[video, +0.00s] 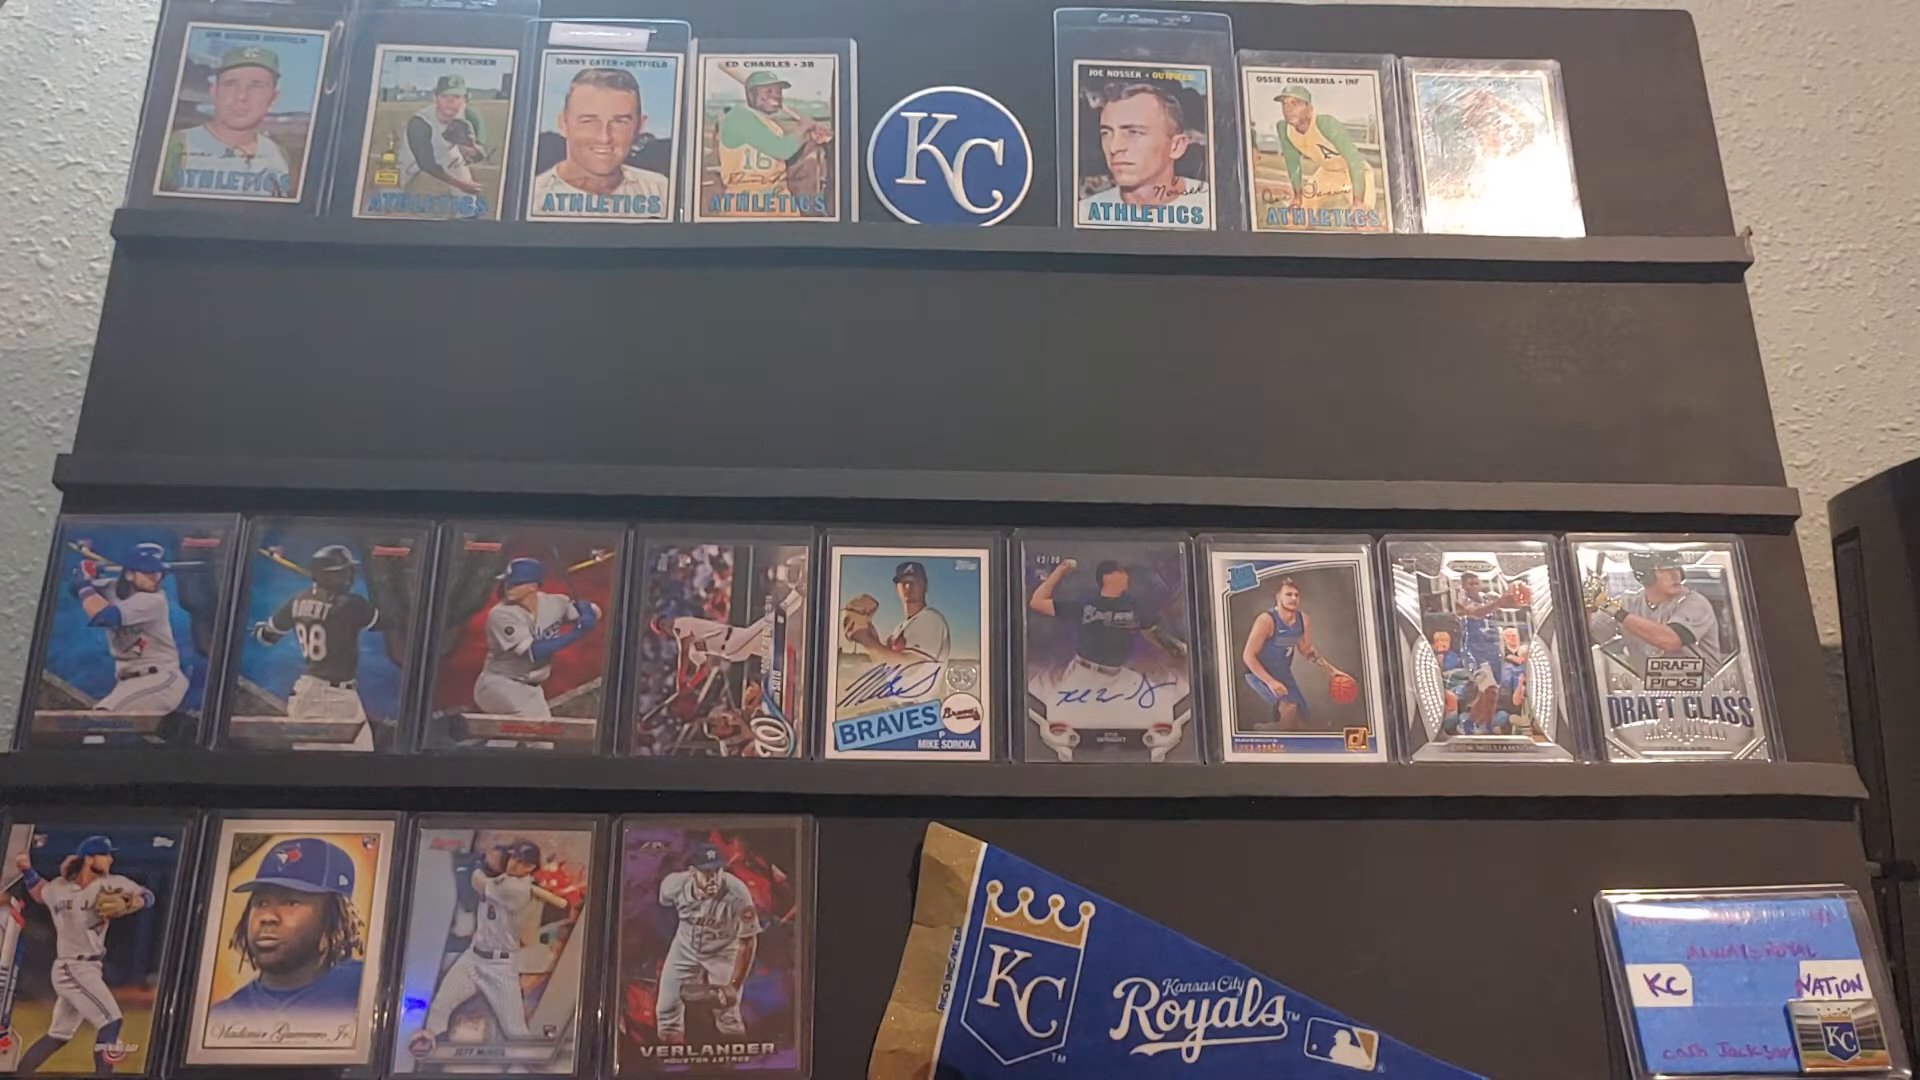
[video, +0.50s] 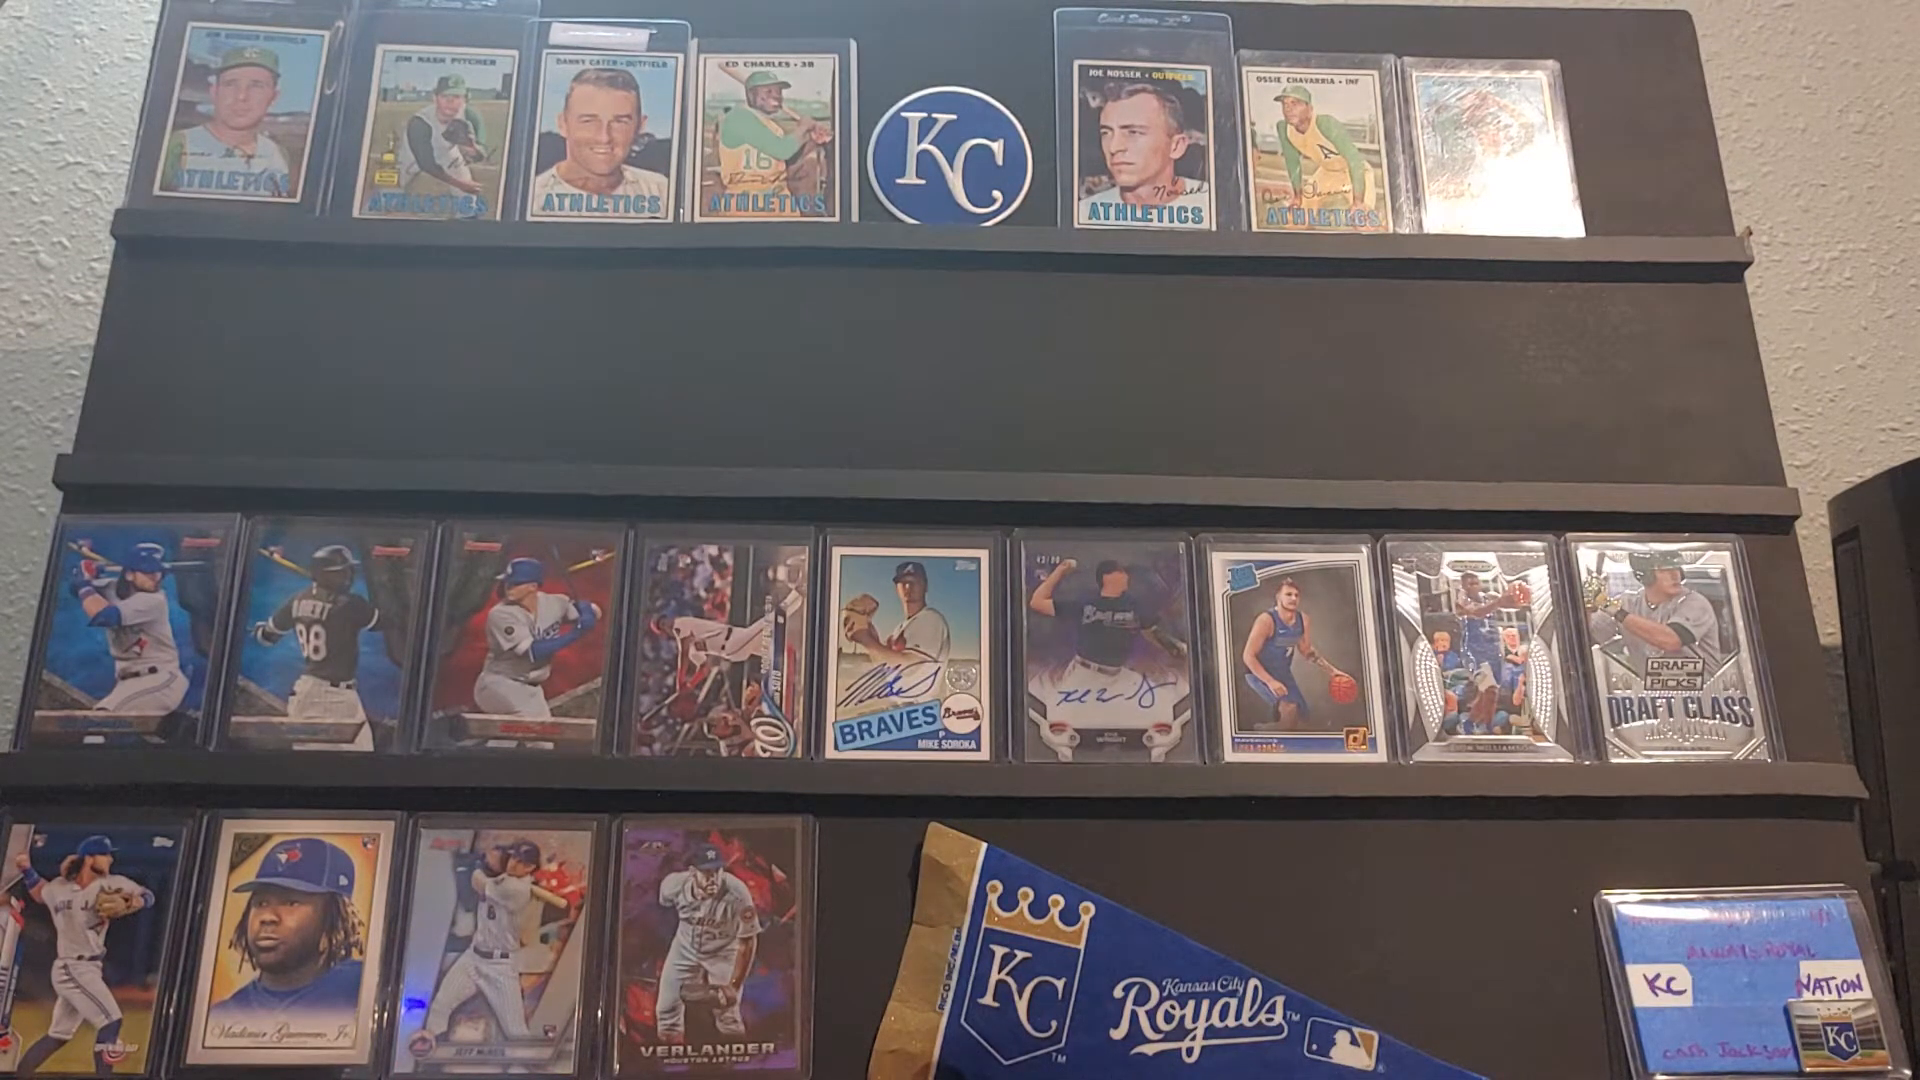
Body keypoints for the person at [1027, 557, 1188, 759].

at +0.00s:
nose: (1127, 578)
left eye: (1126, 575)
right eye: (1122, 574)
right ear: (1106, 579)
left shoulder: (1134, 606)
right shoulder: (1085, 605)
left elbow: (1152, 634)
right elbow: (1037, 603)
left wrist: (1173, 649)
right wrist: (1059, 571)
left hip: (1118, 674)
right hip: (1081, 672)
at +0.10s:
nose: (1126, 577)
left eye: (1125, 574)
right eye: (1122, 573)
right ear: (1106, 579)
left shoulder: (1134, 606)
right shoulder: (1085, 605)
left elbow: (1153, 634)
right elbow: (1037, 603)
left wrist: (1172, 649)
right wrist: (1059, 571)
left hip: (1118, 675)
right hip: (1081, 672)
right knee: (1060, 720)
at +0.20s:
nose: (1126, 577)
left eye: (1125, 574)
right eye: (1122, 573)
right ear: (1106, 579)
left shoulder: (1134, 606)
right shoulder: (1085, 605)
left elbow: (1153, 634)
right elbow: (1037, 603)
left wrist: (1172, 649)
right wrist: (1059, 571)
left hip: (1118, 675)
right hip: (1081, 672)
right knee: (1060, 720)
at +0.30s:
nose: (1126, 577)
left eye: (1125, 574)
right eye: (1122, 573)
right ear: (1106, 579)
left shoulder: (1134, 606)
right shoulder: (1085, 605)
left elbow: (1152, 634)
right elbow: (1037, 603)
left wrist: (1172, 649)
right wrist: (1059, 571)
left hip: (1118, 675)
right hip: (1081, 672)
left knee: (1157, 697)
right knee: (1060, 720)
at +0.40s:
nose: (1126, 577)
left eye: (1125, 574)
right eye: (1122, 573)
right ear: (1106, 579)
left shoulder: (1134, 606)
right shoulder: (1085, 605)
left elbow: (1153, 634)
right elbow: (1037, 603)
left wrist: (1172, 649)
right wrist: (1059, 571)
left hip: (1118, 674)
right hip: (1081, 672)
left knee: (1157, 697)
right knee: (1060, 720)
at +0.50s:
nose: (1126, 577)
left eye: (1125, 574)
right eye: (1122, 573)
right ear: (1106, 579)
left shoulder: (1134, 606)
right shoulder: (1085, 605)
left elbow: (1153, 634)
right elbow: (1037, 603)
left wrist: (1172, 649)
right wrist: (1059, 571)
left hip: (1118, 674)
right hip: (1081, 672)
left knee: (1157, 697)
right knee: (1060, 720)